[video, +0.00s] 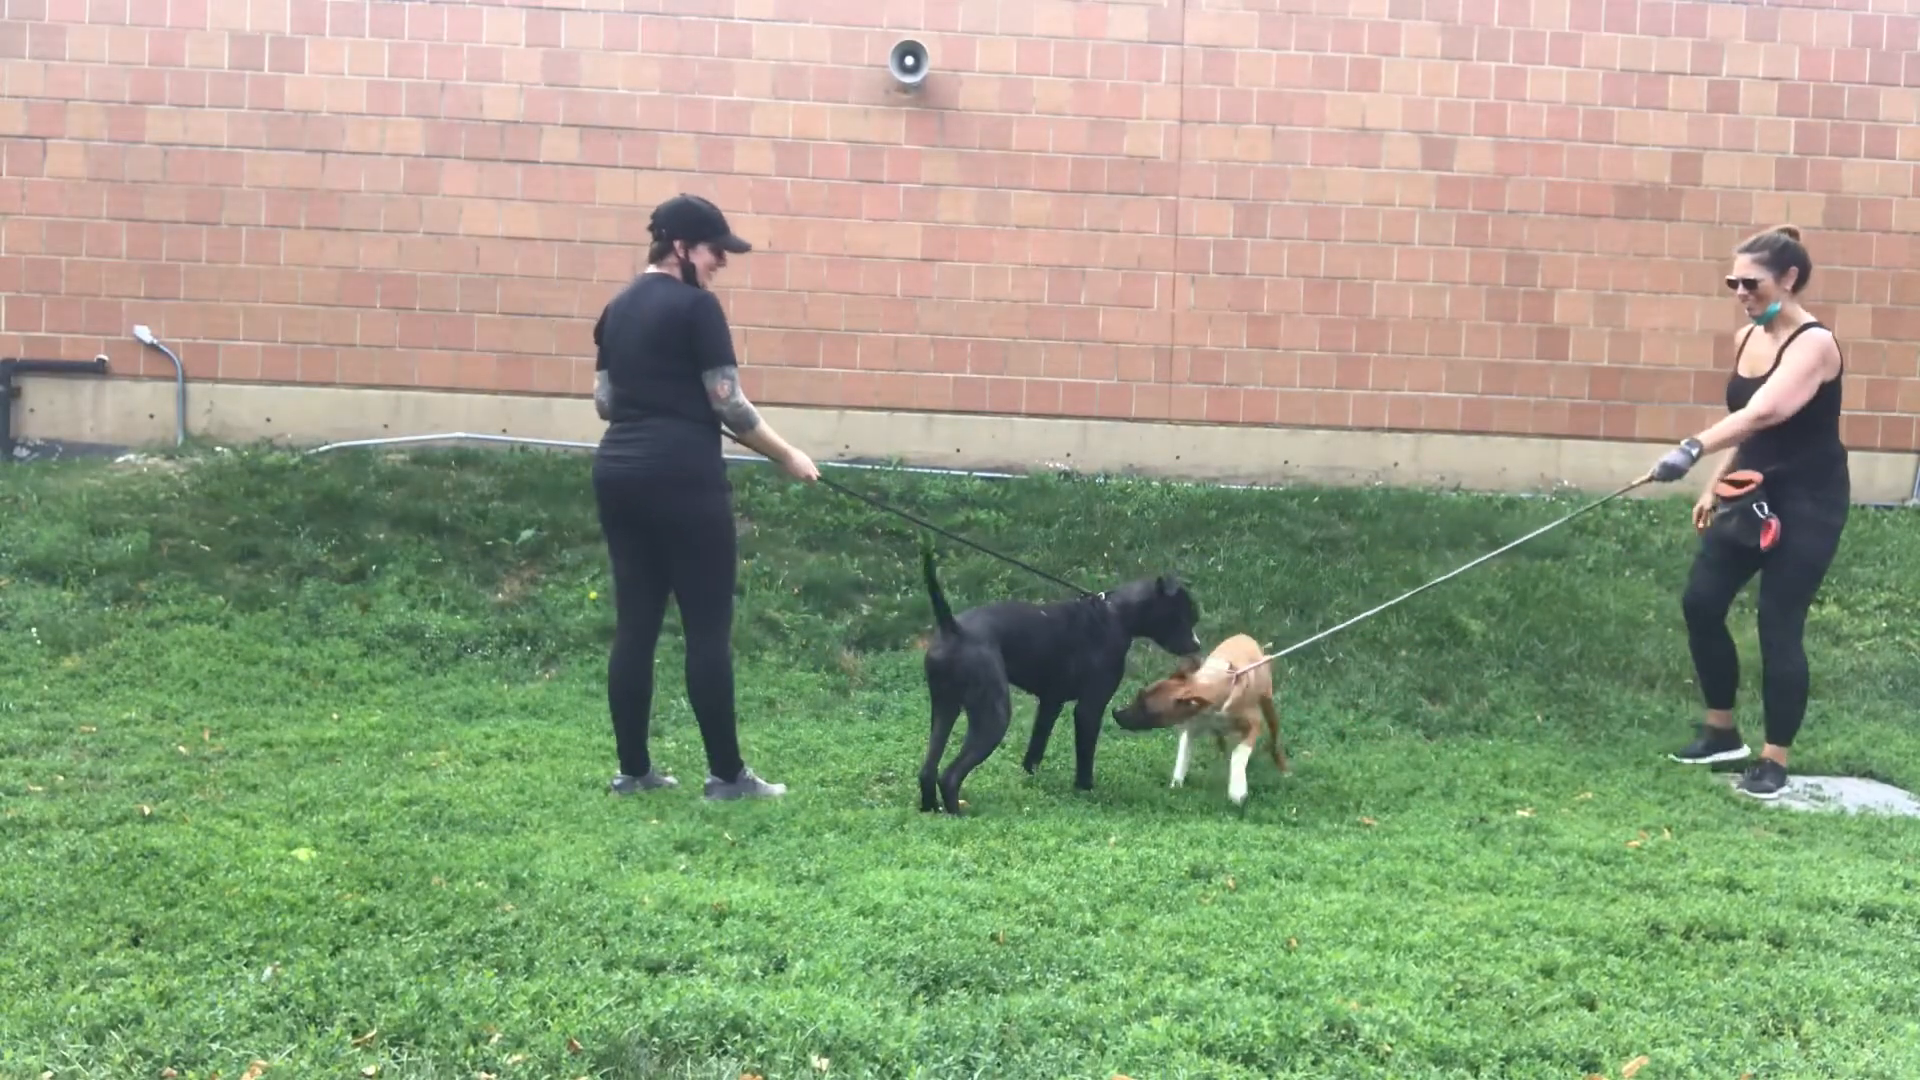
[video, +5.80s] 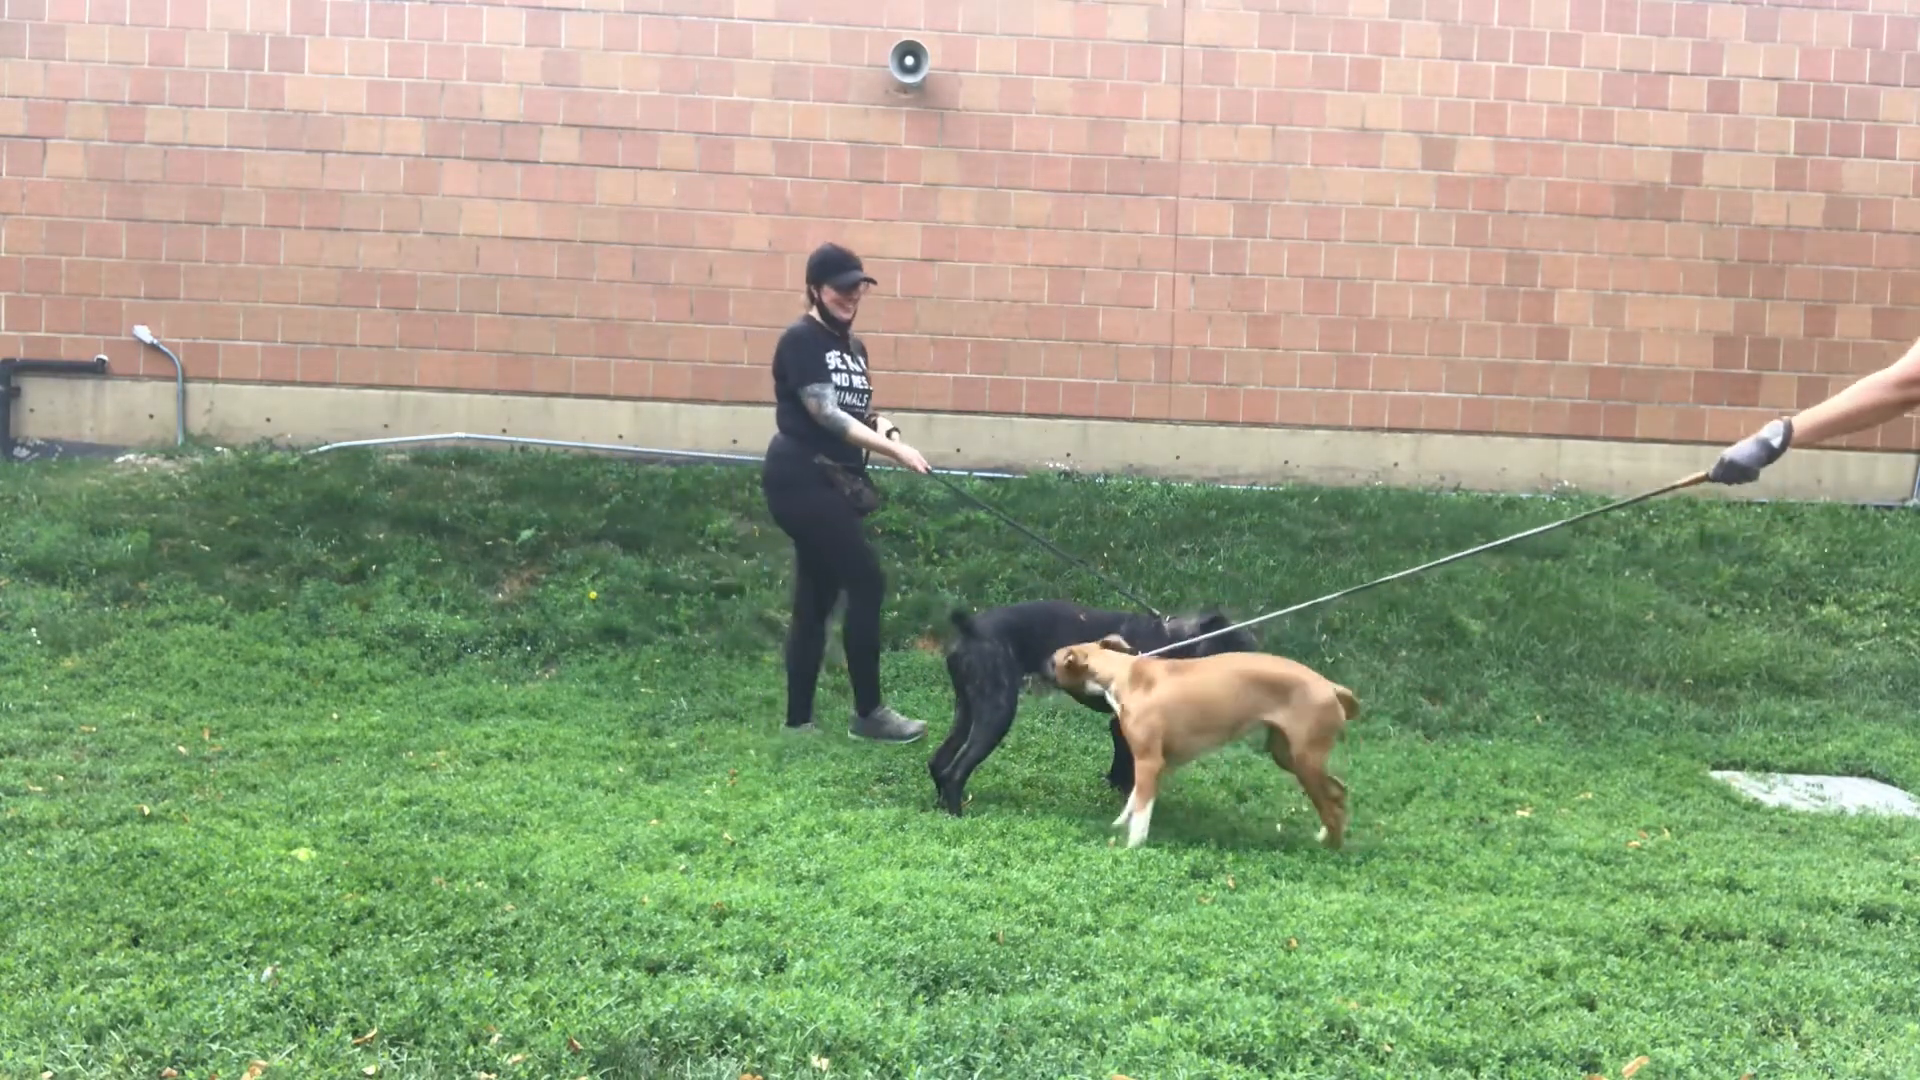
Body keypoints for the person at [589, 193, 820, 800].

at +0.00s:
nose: (720, 262)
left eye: (721, 252)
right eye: (713, 251)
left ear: (668, 250)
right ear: (681, 248)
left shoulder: (618, 305)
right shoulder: (697, 305)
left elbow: (607, 401)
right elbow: (728, 403)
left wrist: (682, 414)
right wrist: (786, 454)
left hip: (619, 467)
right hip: (684, 470)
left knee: (636, 622)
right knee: (708, 627)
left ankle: (634, 771)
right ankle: (727, 775)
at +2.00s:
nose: (712, 272)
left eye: (713, 262)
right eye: (705, 261)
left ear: (669, 261)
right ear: (670, 258)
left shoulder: (639, 309)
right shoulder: (675, 314)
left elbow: (674, 404)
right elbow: (720, 406)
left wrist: (725, 421)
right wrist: (787, 451)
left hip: (625, 463)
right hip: (669, 468)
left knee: (642, 609)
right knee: (705, 609)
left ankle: (638, 753)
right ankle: (707, 756)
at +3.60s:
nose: (742, 275)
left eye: (745, 266)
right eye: (730, 265)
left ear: (744, 270)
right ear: (700, 271)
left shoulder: (706, 319)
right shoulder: (706, 322)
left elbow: (738, 402)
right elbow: (754, 401)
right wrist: (825, 438)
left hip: (708, 467)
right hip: (713, 470)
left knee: (732, 599)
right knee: (745, 601)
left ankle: (691, 720)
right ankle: (723, 741)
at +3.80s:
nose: (763, 281)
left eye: (766, 272)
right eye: (754, 270)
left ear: (737, 274)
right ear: (721, 271)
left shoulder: (726, 319)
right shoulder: (716, 322)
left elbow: (752, 400)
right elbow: (761, 401)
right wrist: (832, 438)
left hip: (742, 470)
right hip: (720, 473)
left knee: (791, 587)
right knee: (726, 606)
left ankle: (760, 709)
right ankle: (726, 741)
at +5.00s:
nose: (816, 290)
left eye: (821, 282)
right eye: (807, 281)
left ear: (823, 285)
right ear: (778, 282)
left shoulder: (816, 346)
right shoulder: (759, 337)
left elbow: (817, 419)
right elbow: (801, 407)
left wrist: (827, 480)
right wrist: (869, 439)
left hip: (807, 483)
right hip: (756, 479)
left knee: (795, 608)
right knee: (745, 604)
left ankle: (798, 724)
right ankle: (717, 729)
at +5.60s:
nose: (838, 296)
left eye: (843, 287)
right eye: (828, 287)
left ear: (848, 289)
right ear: (802, 287)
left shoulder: (843, 348)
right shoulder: (784, 339)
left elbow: (845, 412)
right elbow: (810, 408)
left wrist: (873, 430)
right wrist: (878, 444)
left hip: (829, 478)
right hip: (786, 473)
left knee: (812, 591)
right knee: (832, 580)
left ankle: (800, 716)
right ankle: (779, 706)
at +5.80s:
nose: (851, 298)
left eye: (857, 289)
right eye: (841, 289)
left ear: (863, 290)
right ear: (816, 290)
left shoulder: (854, 347)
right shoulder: (801, 340)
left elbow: (858, 411)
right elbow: (823, 410)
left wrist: (887, 431)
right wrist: (890, 446)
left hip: (836, 480)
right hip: (801, 477)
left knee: (813, 604)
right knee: (866, 578)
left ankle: (799, 721)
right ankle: (869, 713)